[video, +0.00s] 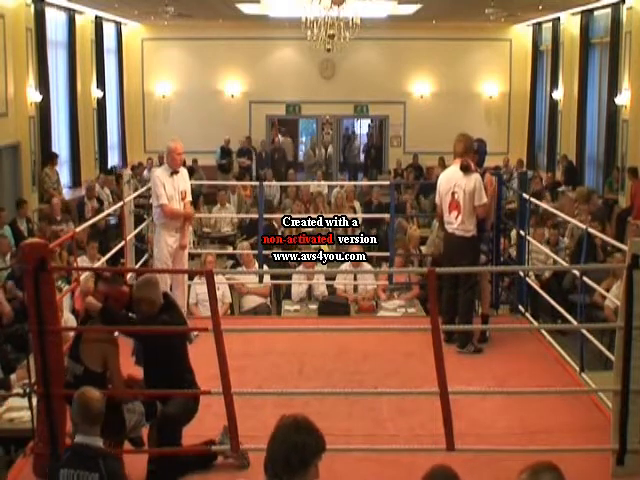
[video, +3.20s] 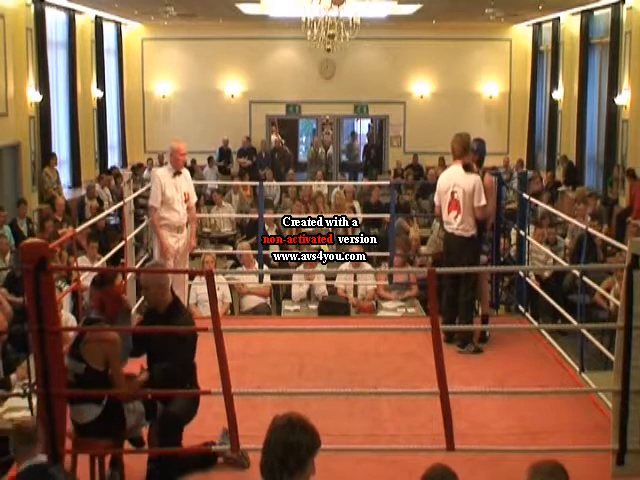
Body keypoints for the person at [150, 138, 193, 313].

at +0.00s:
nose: (180, 158)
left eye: (182, 154)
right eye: (177, 155)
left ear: (183, 156)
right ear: (167, 156)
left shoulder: (184, 173)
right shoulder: (158, 174)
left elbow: (187, 202)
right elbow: (165, 208)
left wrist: (185, 233)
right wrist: (185, 213)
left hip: (182, 226)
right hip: (165, 227)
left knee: (181, 270)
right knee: (163, 270)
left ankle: (180, 311)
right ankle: (162, 310)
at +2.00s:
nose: (179, 158)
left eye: (181, 155)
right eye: (175, 155)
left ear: (183, 156)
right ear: (166, 157)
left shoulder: (184, 173)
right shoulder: (158, 174)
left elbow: (188, 204)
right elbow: (165, 208)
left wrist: (184, 235)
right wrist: (186, 213)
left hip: (183, 226)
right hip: (166, 227)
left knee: (181, 269)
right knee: (163, 268)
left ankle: (181, 309)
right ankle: (163, 308)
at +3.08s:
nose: (183, 159)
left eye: (185, 155)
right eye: (180, 155)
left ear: (185, 156)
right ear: (171, 156)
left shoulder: (185, 174)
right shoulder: (158, 174)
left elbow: (191, 206)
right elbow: (155, 211)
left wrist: (189, 234)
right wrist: (171, 237)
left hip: (182, 227)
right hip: (165, 227)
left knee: (182, 269)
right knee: (165, 267)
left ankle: (182, 306)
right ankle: (163, 306)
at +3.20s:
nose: (184, 159)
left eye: (185, 155)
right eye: (181, 155)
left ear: (186, 156)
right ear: (171, 156)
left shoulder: (186, 174)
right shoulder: (159, 174)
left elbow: (191, 206)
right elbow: (153, 210)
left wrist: (193, 235)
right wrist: (162, 240)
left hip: (183, 227)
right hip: (165, 227)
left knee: (182, 269)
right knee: (166, 268)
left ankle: (182, 306)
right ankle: (164, 306)